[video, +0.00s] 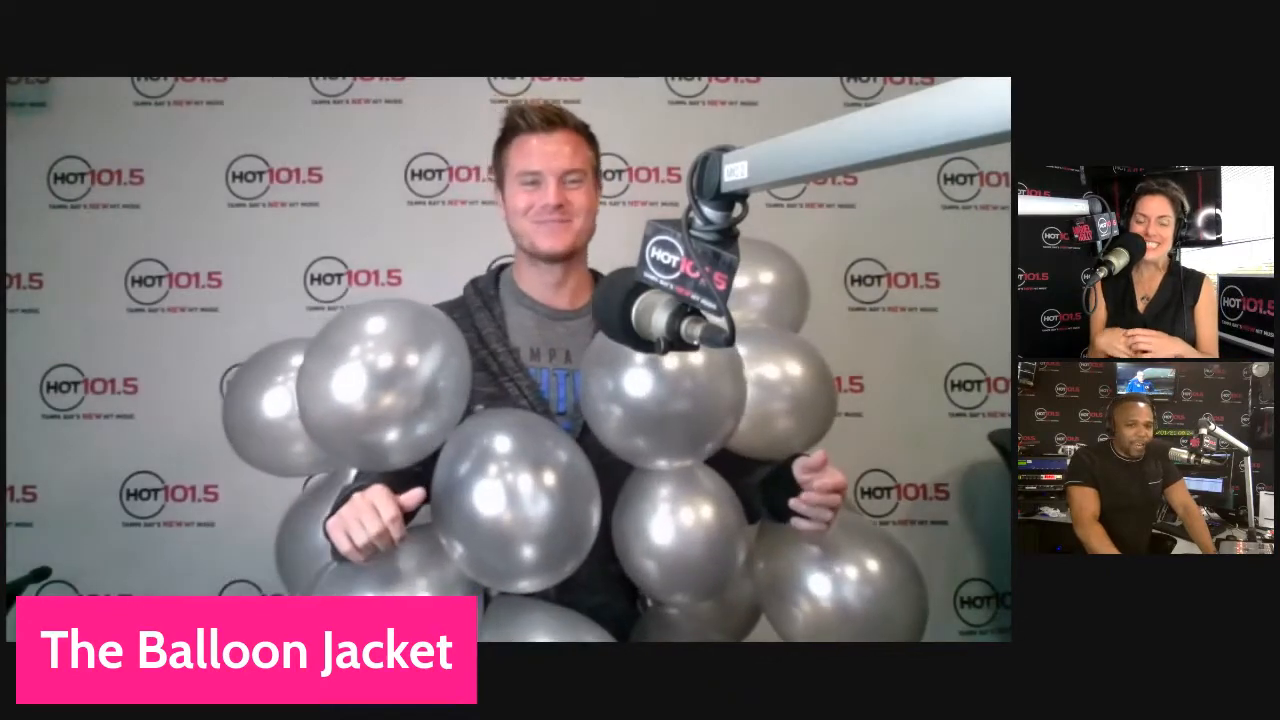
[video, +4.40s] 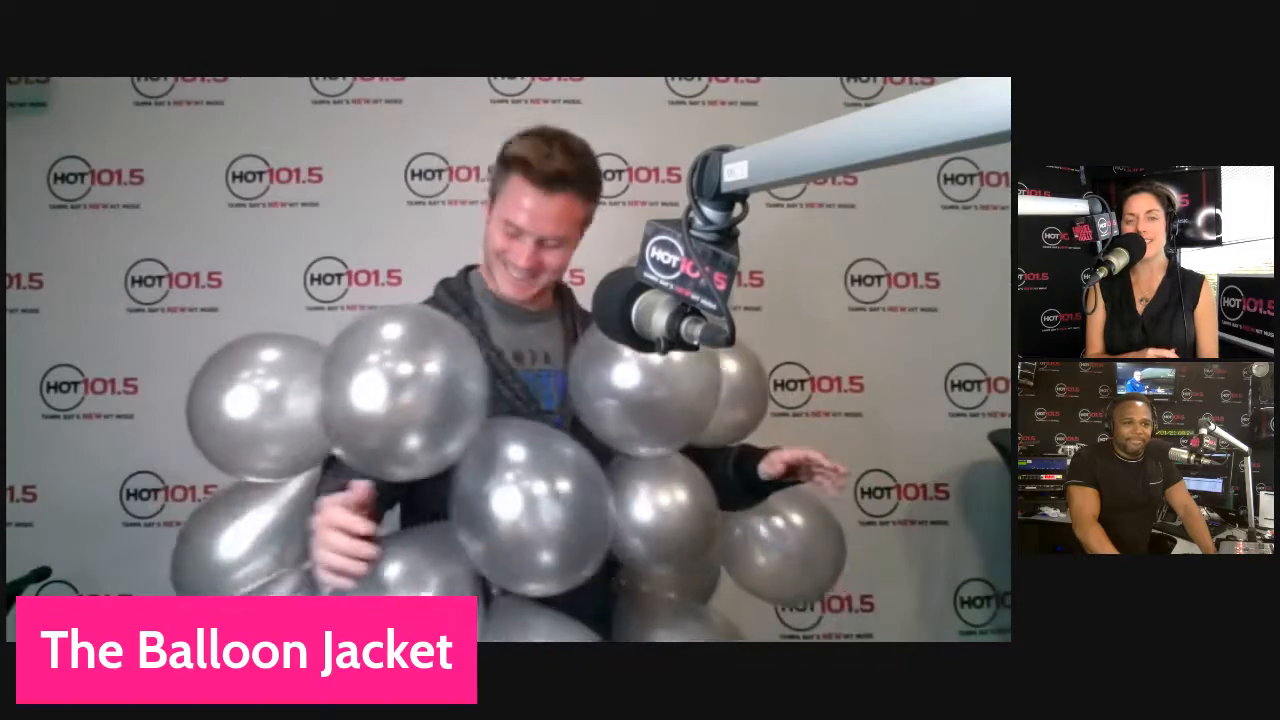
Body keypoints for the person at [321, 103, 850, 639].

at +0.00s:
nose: (552, 199)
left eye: (571, 179)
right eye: (530, 181)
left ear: (598, 193)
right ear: (501, 197)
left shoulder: (652, 317)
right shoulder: (445, 334)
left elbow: (704, 455)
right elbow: (396, 448)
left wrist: (782, 487)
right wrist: (357, 498)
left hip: (638, 611)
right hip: (493, 611)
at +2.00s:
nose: (546, 206)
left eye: (566, 188)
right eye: (525, 189)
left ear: (593, 201)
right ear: (493, 204)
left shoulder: (650, 326)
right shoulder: (433, 335)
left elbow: (717, 465)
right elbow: (388, 475)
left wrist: (829, 461)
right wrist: (273, 501)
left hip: (638, 616)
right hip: (491, 612)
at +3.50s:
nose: (512, 206)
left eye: (528, 186)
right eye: (489, 187)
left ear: (550, 201)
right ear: (456, 203)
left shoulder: (597, 326)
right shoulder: (408, 335)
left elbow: (652, 448)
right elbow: (370, 472)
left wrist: (732, 461)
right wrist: (244, 497)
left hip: (575, 603)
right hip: (443, 602)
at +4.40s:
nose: (527, 260)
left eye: (551, 243)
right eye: (513, 232)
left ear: (581, 236)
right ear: (488, 210)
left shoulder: (598, 337)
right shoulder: (430, 333)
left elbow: (649, 456)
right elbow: (364, 448)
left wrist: (752, 470)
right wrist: (332, 517)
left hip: (591, 606)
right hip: (459, 606)